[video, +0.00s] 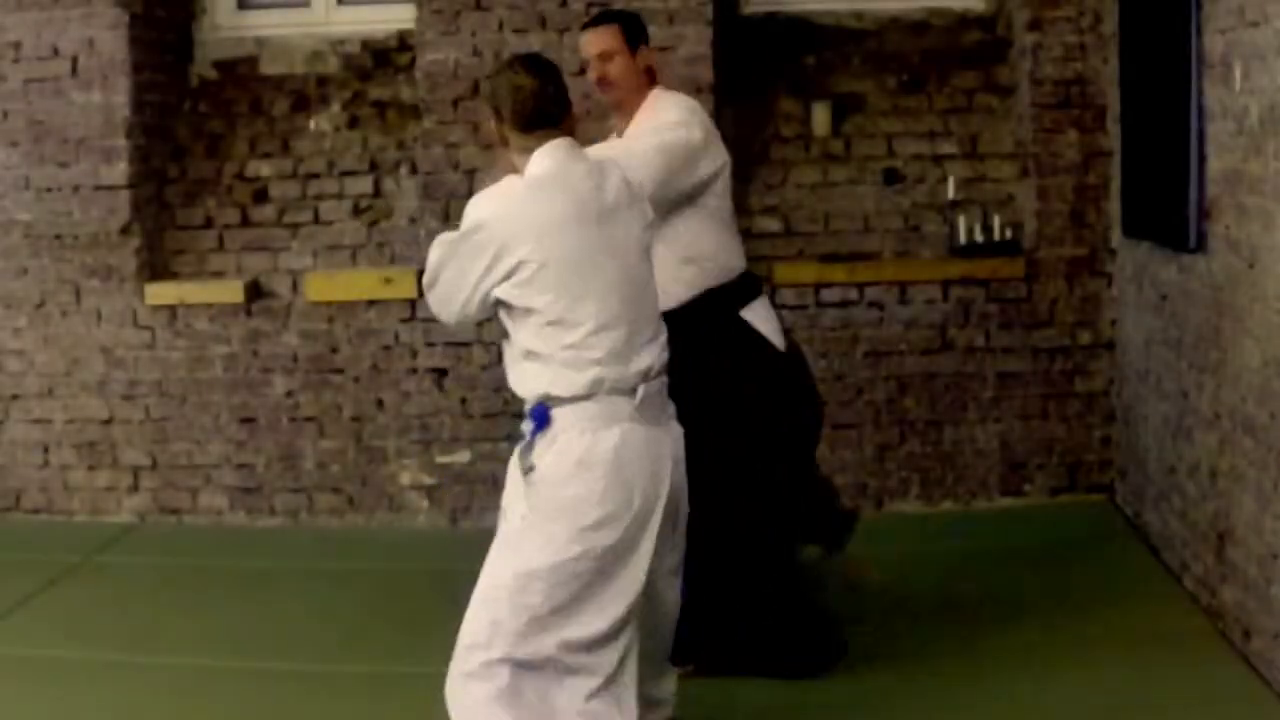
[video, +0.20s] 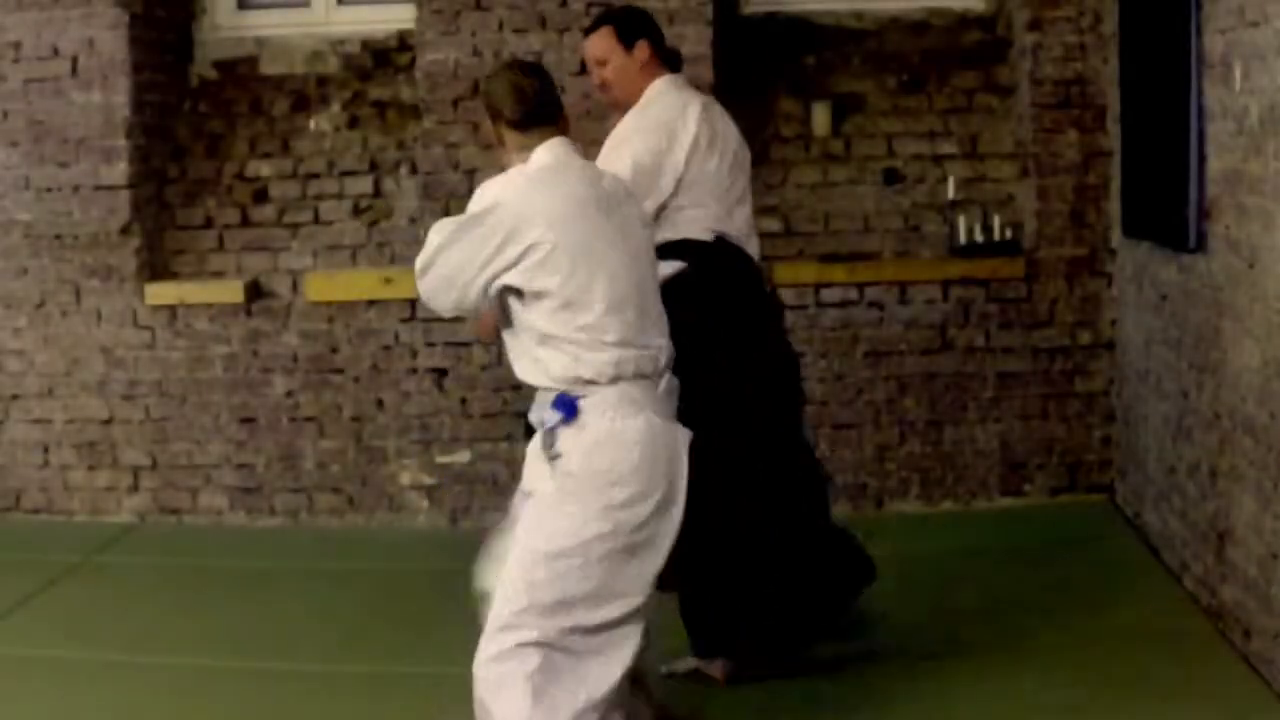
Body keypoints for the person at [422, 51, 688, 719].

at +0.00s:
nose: (482, 128)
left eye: (483, 117)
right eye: (486, 116)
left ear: (494, 126)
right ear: (569, 114)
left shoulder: (504, 210)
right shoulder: (618, 182)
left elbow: (449, 299)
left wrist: (459, 234)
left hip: (579, 453)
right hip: (658, 441)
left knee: (486, 670)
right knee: (611, 663)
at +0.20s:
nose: (481, 136)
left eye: (481, 124)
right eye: (484, 124)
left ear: (492, 128)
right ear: (561, 116)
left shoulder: (517, 199)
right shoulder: (614, 191)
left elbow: (438, 286)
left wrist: (488, 204)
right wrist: (502, 304)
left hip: (592, 444)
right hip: (655, 432)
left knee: (516, 642)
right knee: (593, 636)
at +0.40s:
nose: (530, 185)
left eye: (533, 173)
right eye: (530, 173)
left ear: (553, 176)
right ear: (609, 171)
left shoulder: (551, 264)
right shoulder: (647, 265)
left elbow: (437, 270)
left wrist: (498, 233)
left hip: (525, 505)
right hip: (585, 497)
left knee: (470, 688)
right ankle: (603, 698)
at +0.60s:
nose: (543, 235)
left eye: (548, 225)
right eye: (547, 224)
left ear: (566, 238)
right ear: (617, 238)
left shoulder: (544, 316)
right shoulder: (634, 311)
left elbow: (454, 274)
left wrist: (528, 263)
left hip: (490, 521)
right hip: (556, 516)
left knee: (445, 680)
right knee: (495, 668)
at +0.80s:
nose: (499, 277)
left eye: (501, 268)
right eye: (499, 267)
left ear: (515, 274)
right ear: (568, 272)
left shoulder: (505, 341)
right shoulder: (596, 336)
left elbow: (426, 322)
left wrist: (492, 298)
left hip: (481, 537)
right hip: (548, 533)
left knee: (459, 680)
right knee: (511, 675)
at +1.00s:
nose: (457, 261)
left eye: (459, 251)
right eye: (457, 252)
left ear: (475, 252)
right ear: (521, 243)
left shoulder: (486, 305)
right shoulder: (559, 313)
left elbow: (401, 327)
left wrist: (458, 287)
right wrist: (484, 286)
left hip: (482, 510)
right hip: (539, 504)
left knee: (472, 666)